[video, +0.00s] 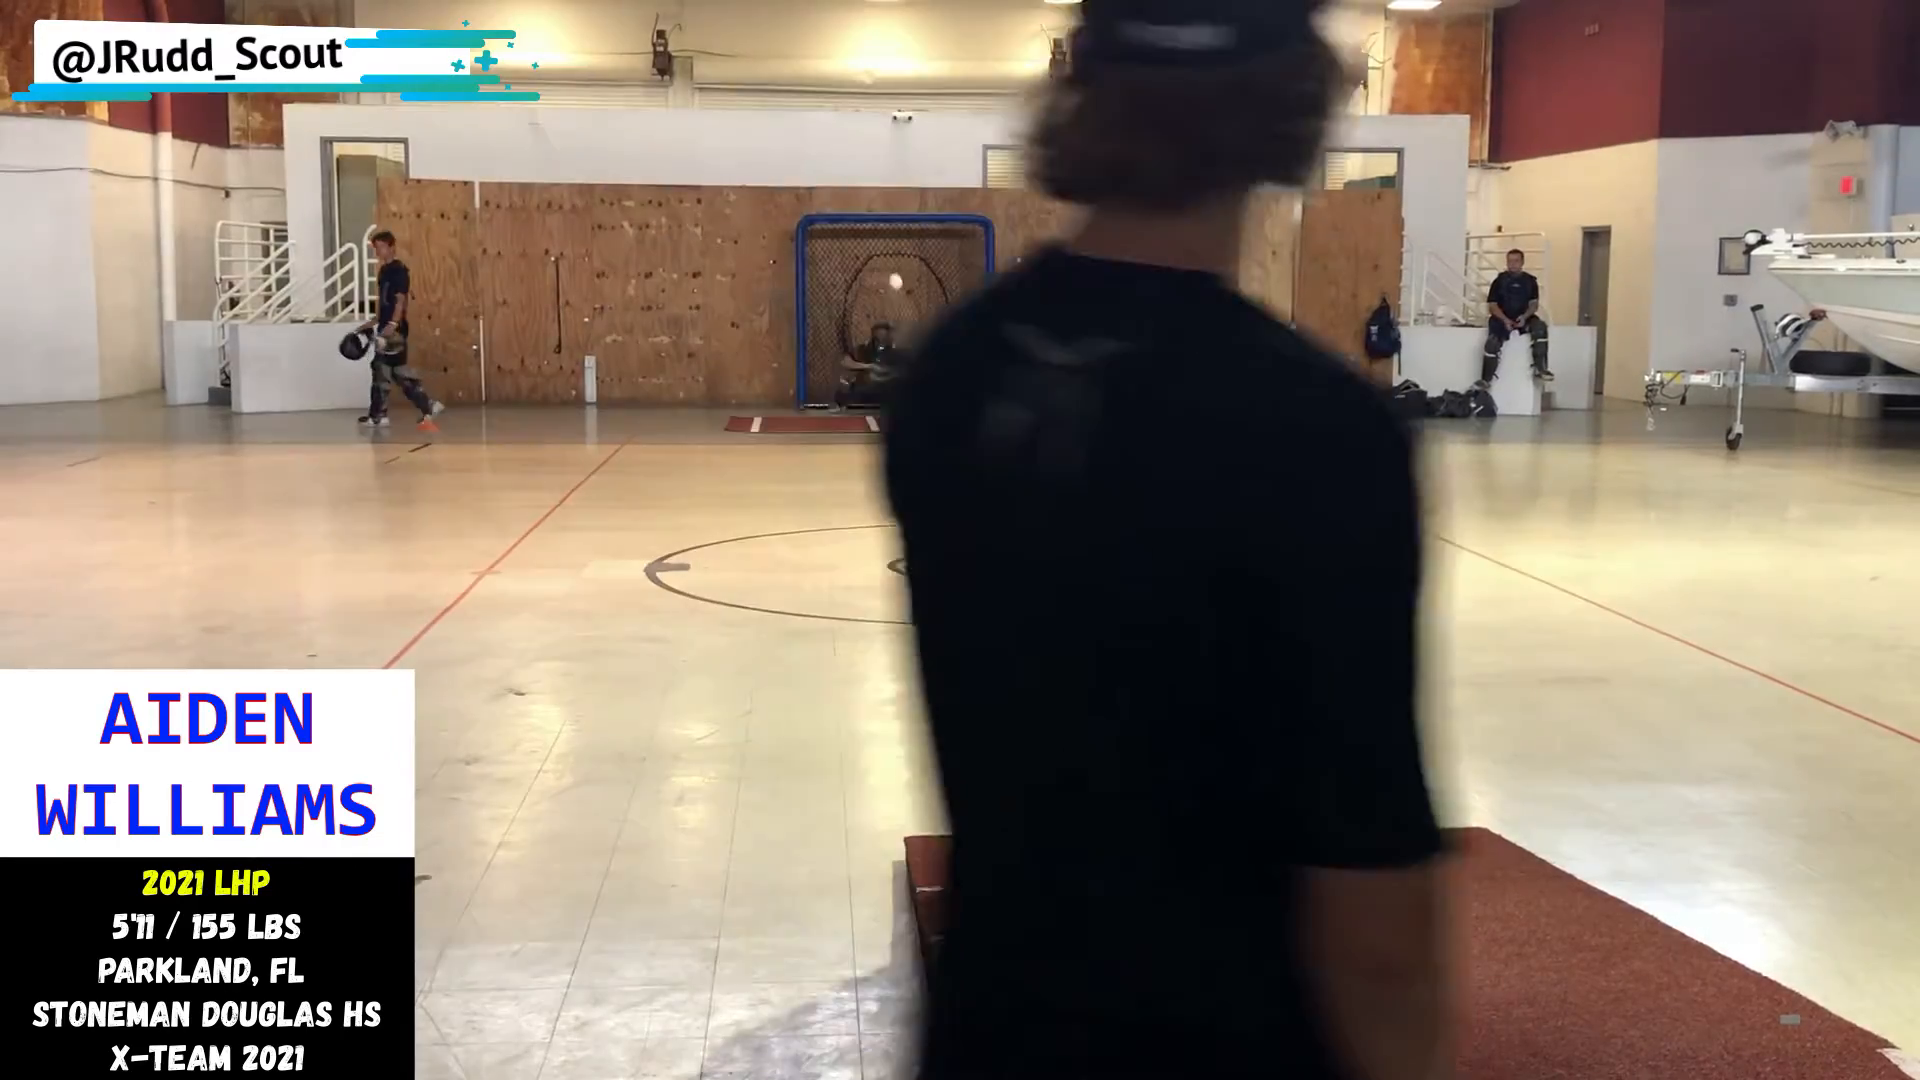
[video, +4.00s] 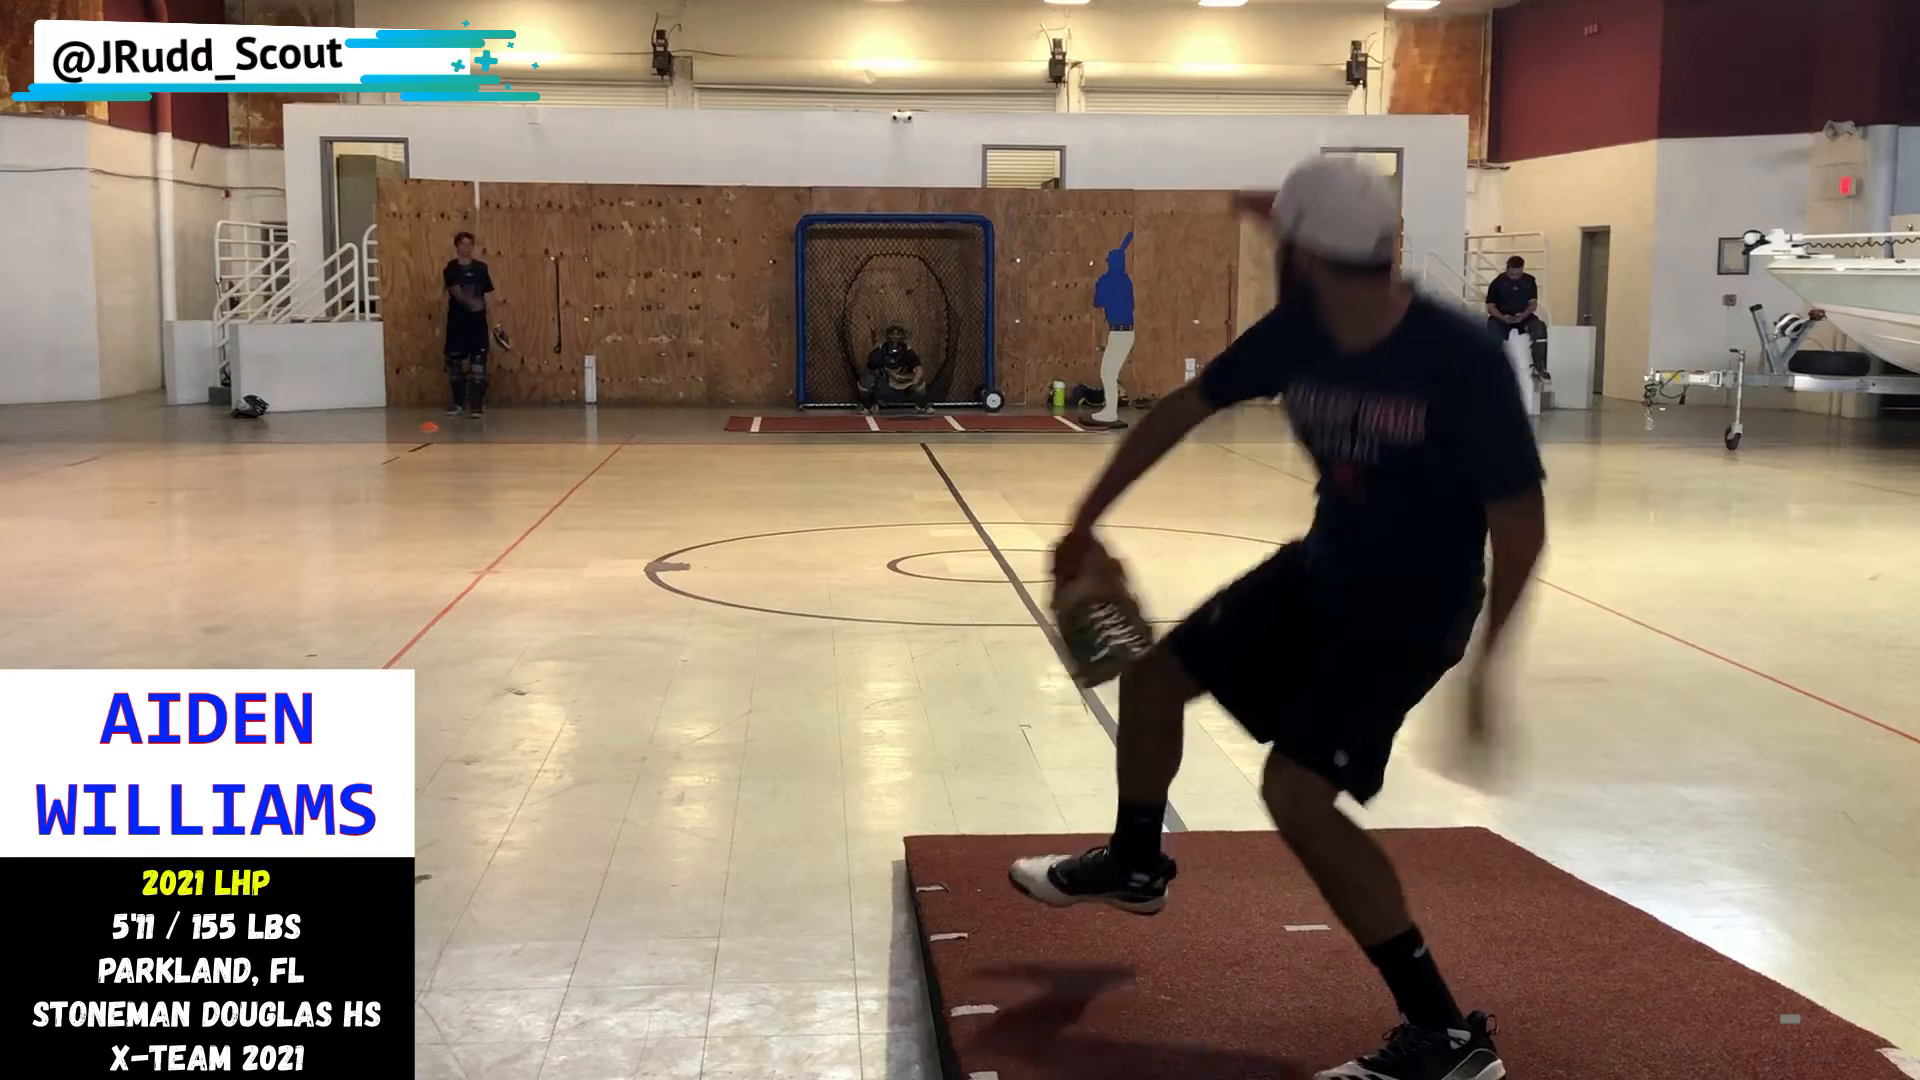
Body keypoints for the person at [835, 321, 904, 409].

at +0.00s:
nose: (883, 338)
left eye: (885, 335)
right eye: (880, 335)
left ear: (889, 336)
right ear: (874, 335)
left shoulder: (894, 353)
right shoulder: (863, 349)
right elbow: (845, 362)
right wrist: (870, 367)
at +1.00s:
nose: (896, 339)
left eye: (899, 336)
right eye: (893, 336)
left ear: (904, 335)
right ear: (888, 334)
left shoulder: (910, 347)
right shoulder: (879, 345)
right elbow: (860, 360)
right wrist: (875, 365)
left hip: (902, 379)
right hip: (880, 378)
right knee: (857, 377)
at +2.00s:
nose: (895, 334)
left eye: (898, 331)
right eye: (892, 331)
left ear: (902, 331)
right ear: (887, 331)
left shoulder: (910, 344)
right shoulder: (879, 345)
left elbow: (917, 367)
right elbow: (874, 369)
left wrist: (905, 373)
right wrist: (884, 375)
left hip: (904, 379)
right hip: (887, 379)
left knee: (921, 383)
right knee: (875, 386)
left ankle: (906, 402)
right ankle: (883, 404)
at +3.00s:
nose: (895, 321)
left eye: (898, 317)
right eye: (892, 317)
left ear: (903, 316)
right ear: (886, 315)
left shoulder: (910, 329)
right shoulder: (876, 330)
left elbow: (923, 348)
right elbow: (868, 350)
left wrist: (915, 355)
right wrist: (860, 365)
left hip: (907, 365)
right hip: (885, 365)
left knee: (923, 372)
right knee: (866, 375)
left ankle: (924, 403)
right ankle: (868, 404)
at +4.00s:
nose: (895, 341)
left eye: (898, 338)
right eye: (892, 337)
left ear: (903, 339)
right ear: (887, 338)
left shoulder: (909, 352)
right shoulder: (877, 353)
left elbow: (919, 370)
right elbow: (871, 371)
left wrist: (914, 382)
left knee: (919, 384)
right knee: (866, 380)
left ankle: (922, 405)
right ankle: (869, 406)